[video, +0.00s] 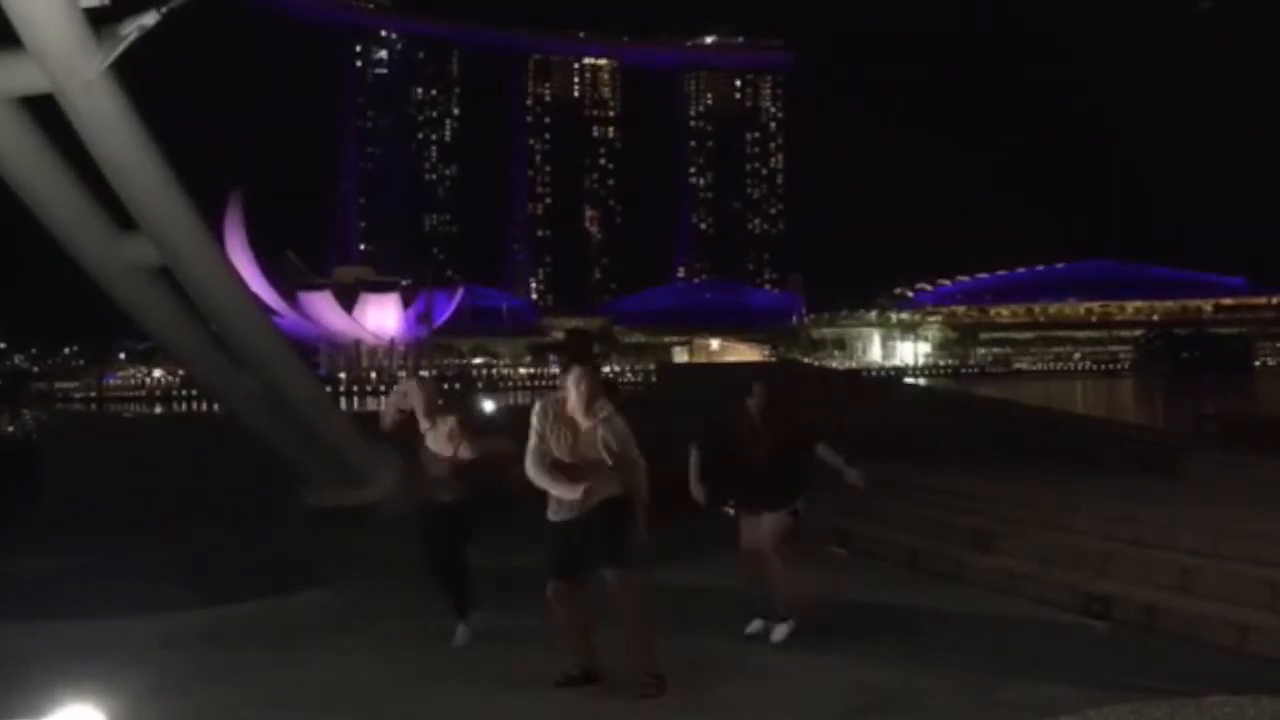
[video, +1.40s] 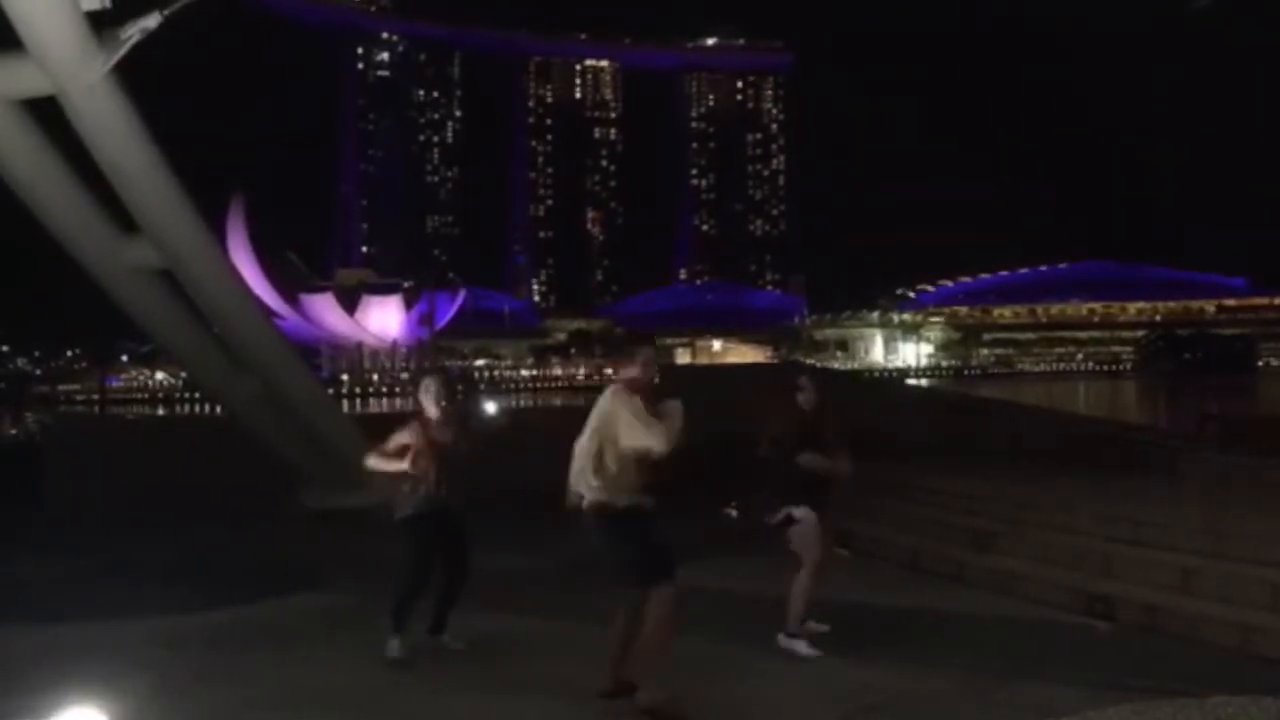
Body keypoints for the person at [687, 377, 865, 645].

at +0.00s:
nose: (756, 404)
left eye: (761, 398)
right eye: (752, 398)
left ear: (772, 400)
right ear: (746, 400)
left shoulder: (786, 425)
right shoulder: (738, 427)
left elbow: (819, 448)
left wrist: (846, 471)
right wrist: (696, 484)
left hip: (781, 495)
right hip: (748, 494)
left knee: (770, 550)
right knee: (749, 553)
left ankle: (785, 616)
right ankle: (761, 614)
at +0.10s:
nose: (750, 401)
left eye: (756, 395)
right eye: (747, 394)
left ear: (767, 398)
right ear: (742, 398)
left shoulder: (784, 427)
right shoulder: (736, 431)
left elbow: (815, 449)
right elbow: (716, 473)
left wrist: (835, 472)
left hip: (783, 496)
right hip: (749, 499)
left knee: (767, 542)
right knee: (747, 550)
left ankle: (787, 606)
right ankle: (761, 611)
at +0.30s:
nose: (746, 404)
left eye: (752, 398)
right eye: (744, 398)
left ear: (764, 401)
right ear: (740, 401)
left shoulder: (781, 426)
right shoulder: (738, 434)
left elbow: (809, 446)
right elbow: (745, 476)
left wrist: (832, 470)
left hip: (785, 497)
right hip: (751, 501)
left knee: (783, 547)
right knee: (751, 557)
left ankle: (803, 592)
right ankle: (762, 613)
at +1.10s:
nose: (785, 397)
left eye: (790, 392)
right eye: (781, 392)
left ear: (800, 394)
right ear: (776, 394)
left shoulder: (805, 420)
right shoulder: (768, 420)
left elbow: (813, 453)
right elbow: (771, 451)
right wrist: (811, 451)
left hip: (801, 499)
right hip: (771, 499)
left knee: (810, 560)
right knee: (764, 566)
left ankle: (801, 617)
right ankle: (733, 629)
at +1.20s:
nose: (798, 396)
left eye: (801, 390)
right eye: (793, 390)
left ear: (806, 392)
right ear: (783, 392)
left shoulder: (806, 421)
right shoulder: (780, 423)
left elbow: (808, 461)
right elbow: (784, 474)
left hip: (804, 503)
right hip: (779, 503)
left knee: (809, 561)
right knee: (778, 565)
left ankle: (800, 617)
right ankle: (735, 623)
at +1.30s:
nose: (808, 396)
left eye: (809, 391)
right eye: (803, 391)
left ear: (808, 393)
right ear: (791, 394)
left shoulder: (807, 422)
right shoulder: (790, 425)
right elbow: (792, 475)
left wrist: (834, 435)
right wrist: (820, 506)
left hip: (805, 501)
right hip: (788, 502)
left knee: (815, 558)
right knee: (800, 558)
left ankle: (797, 617)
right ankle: (755, 616)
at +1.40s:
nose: (808, 397)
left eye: (810, 391)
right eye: (803, 391)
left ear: (815, 393)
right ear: (793, 394)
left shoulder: (813, 421)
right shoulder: (792, 422)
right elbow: (799, 457)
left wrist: (822, 461)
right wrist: (833, 466)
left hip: (809, 497)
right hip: (793, 499)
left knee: (813, 558)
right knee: (808, 559)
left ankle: (799, 618)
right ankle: (791, 631)